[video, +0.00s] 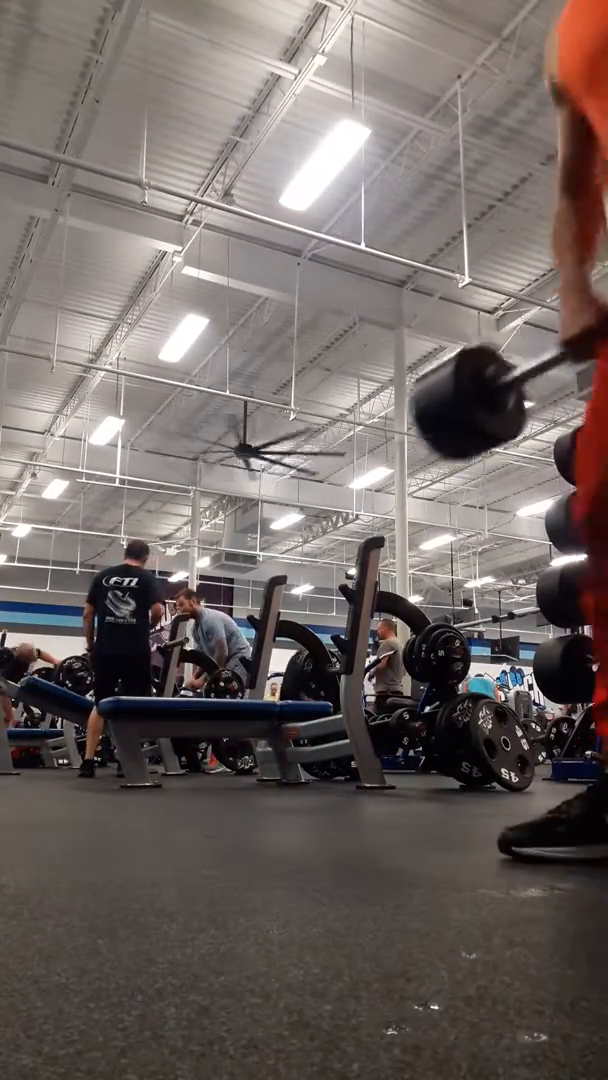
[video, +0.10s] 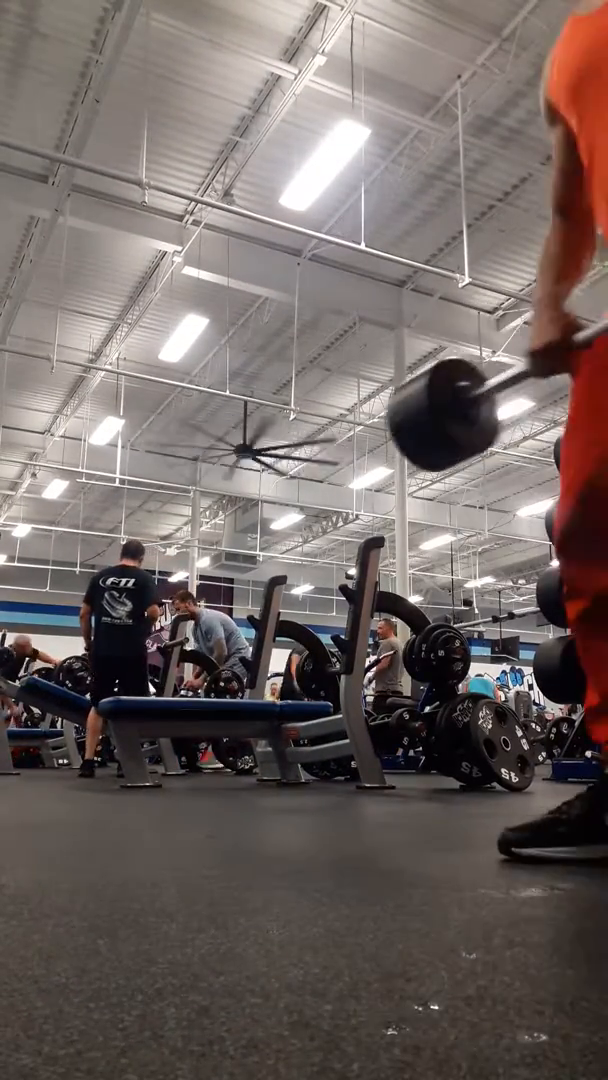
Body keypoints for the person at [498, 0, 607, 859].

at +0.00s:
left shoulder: (583, 30)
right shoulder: (580, 30)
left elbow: (578, 179)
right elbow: (578, 177)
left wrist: (574, 285)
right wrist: (574, 286)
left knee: (598, 531)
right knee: (597, 529)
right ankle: (607, 775)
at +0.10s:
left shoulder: (583, 45)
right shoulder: (580, 47)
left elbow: (572, 206)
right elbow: (571, 204)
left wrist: (552, 308)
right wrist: (549, 304)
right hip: (606, 346)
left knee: (587, 540)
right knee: (586, 538)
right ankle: (607, 776)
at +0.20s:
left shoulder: (586, 57)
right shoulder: (580, 59)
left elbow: (568, 220)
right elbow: (569, 218)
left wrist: (537, 309)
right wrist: (531, 307)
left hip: (607, 347)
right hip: (603, 343)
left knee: (588, 541)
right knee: (587, 539)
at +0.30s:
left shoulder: (593, 59)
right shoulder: (587, 64)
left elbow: (578, 202)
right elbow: (579, 199)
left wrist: (529, 305)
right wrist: (528, 304)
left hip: (604, 349)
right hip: (597, 345)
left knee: (590, 542)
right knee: (588, 540)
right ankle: (607, 774)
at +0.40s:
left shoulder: (595, 79)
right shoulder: (591, 80)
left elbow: (583, 208)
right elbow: (584, 207)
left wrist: (528, 313)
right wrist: (528, 312)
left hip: (600, 362)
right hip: (594, 359)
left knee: (591, 555)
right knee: (589, 553)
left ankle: (607, 777)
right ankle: (605, 776)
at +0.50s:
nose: (587, 6)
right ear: (593, 11)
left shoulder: (594, 99)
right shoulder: (588, 101)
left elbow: (581, 214)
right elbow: (583, 209)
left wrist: (535, 319)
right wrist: (532, 316)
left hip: (598, 355)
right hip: (591, 353)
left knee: (584, 546)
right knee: (581, 546)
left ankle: (601, 767)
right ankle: (598, 762)